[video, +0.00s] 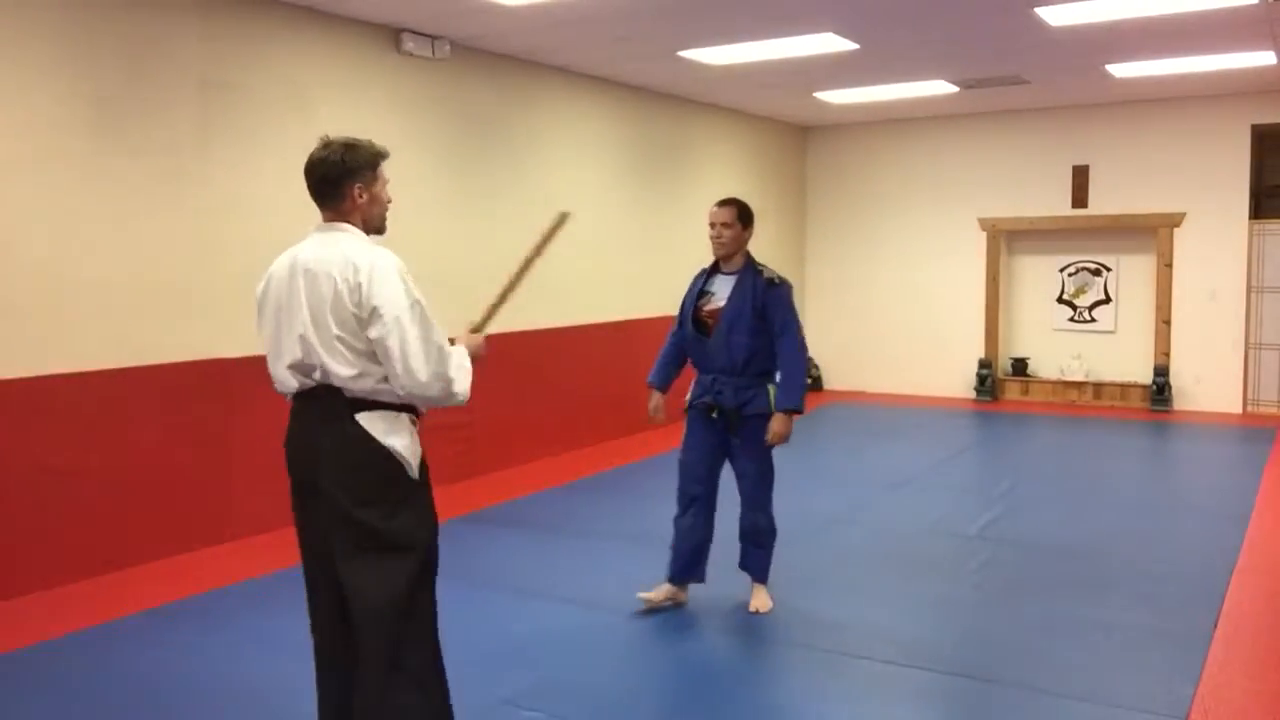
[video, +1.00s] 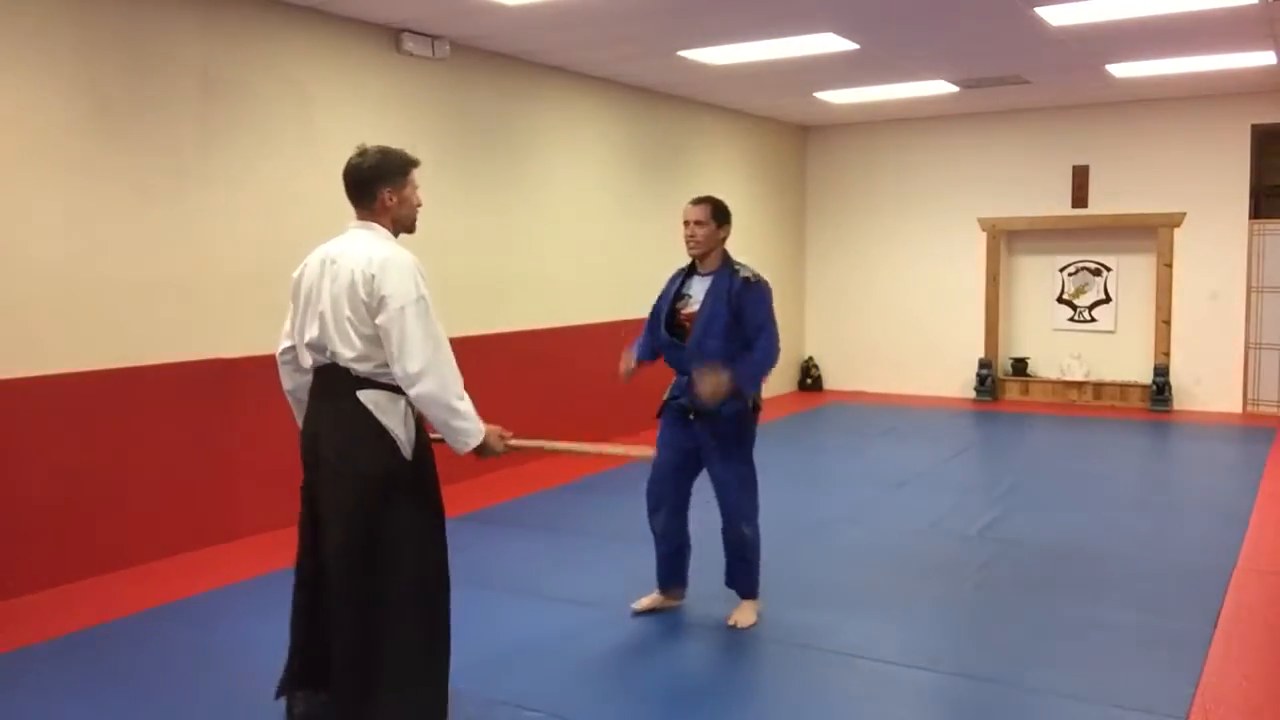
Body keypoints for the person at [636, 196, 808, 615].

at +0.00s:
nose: (716, 233)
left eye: (725, 227)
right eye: (712, 226)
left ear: (746, 231)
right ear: (708, 231)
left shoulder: (770, 287)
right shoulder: (702, 282)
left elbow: (792, 350)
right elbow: (681, 334)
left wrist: (786, 409)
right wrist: (658, 384)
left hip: (751, 408)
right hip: (705, 405)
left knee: (756, 499)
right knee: (692, 494)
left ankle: (759, 583)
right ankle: (677, 583)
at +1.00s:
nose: (690, 233)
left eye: (699, 225)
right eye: (686, 225)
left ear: (723, 231)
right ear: (682, 230)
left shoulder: (748, 286)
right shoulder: (678, 282)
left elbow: (766, 348)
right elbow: (657, 333)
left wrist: (733, 379)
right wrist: (637, 351)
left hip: (729, 416)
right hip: (681, 411)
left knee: (738, 509)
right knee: (663, 497)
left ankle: (748, 597)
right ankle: (671, 589)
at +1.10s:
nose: (698, 234)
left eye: (707, 226)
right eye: (694, 226)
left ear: (730, 232)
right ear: (691, 231)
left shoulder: (751, 284)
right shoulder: (682, 281)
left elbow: (757, 331)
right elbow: (646, 312)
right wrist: (630, 306)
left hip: (733, 407)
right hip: (687, 403)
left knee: (739, 505)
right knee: (664, 494)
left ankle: (747, 597)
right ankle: (674, 586)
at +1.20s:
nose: (699, 232)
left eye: (706, 225)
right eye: (697, 225)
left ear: (730, 230)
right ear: (696, 229)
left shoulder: (749, 277)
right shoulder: (682, 274)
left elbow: (755, 287)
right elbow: (630, 276)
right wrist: (615, 251)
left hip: (735, 403)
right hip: (688, 400)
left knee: (739, 502)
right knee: (670, 493)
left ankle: (747, 597)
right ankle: (679, 582)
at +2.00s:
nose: (683, 250)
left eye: (691, 243)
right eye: (679, 244)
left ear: (713, 247)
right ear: (676, 249)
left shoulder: (742, 294)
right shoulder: (666, 296)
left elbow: (757, 344)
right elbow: (627, 347)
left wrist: (727, 305)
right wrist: (641, 308)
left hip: (730, 413)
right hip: (681, 414)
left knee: (740, 491)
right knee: (654, 483)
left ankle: (757, 565)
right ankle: (658, 581)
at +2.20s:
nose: (640, 254)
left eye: (649, 246)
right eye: (636, 247)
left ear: (670, 251)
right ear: (632, 251)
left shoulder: (697, 298)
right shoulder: (622, 300)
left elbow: (715, 346)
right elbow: (593, 356)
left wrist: (681, 308)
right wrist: (603, 326)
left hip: (687, 416)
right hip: (640, 419)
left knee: (715, 489)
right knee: (631, 502)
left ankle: (749, 552)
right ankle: (657, 586)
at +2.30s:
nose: (617, 253)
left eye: (625, 245)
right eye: (612, 246)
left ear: (646, 250)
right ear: (608, 252)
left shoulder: (673, 296)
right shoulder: (604, 301)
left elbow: (683, 346)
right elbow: (579, 359)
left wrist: (643, 306)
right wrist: (587, 334)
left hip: (669, 419)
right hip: (622, 420)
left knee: (668, 502)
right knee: (621, 513)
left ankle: (702, 564)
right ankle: (656, 588)